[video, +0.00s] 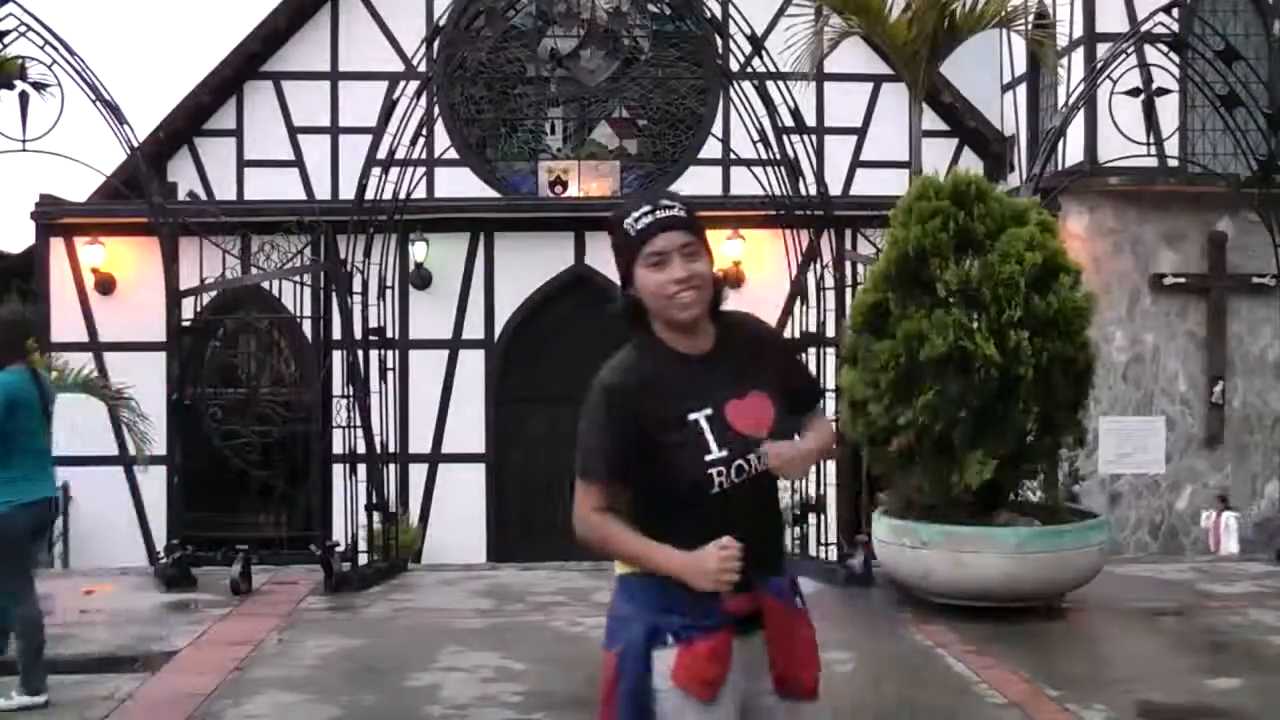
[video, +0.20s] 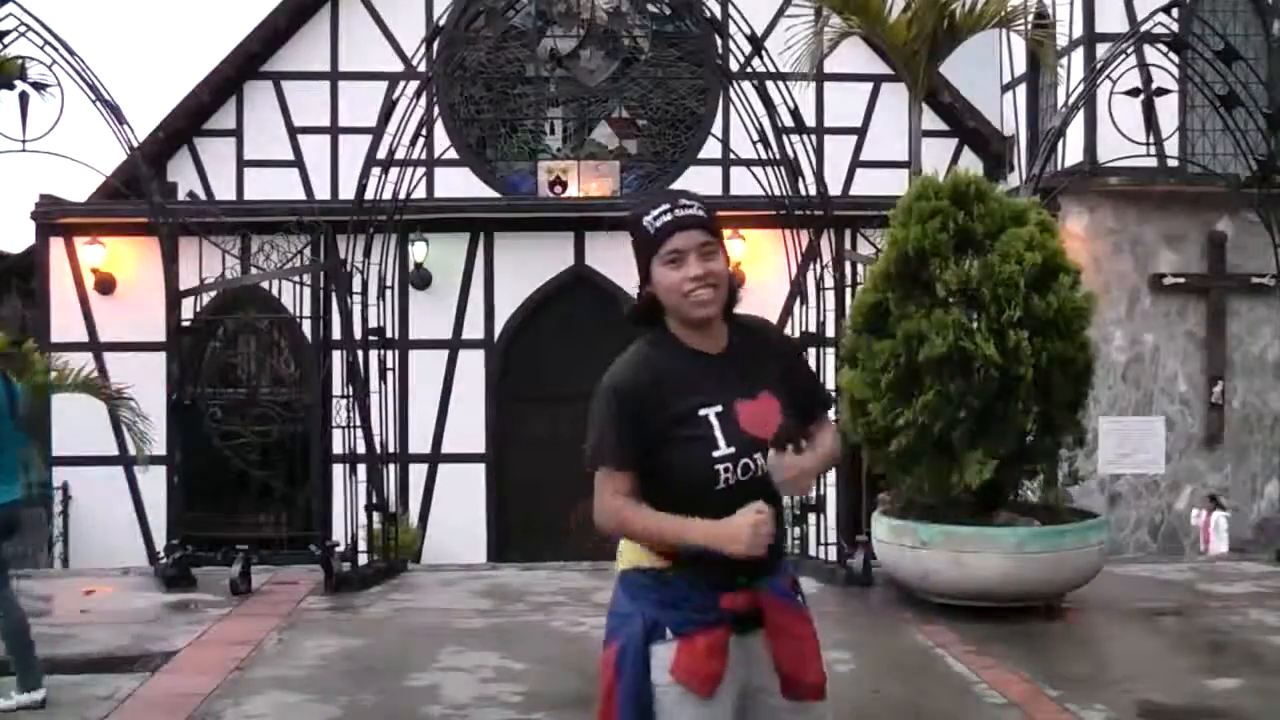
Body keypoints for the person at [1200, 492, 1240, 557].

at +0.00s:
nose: (1216, 505)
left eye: (1218, 503)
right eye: (1215, 502)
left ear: (1223, 504)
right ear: (1214, 503)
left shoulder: (1229, 516)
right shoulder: (1213, 515)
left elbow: (1233, 534)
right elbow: (1204, 526)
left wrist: (1233, 549)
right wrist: (1205, 516)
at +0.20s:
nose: (1205, 505)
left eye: (1208, 502)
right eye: (1204, 502)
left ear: (1213, 504)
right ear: (1203, 504)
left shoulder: (1220, 516)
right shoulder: (1203, 514)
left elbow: (1223, 534)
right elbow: (1194, 523)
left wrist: (1223, 549)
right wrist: (1195, 512)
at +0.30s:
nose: (1204, 505)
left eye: (1207, 503)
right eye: (1203, 502)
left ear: (1211, 504)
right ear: (1201, 503)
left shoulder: (1217, 517)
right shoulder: (1200, 514)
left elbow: (1219, 534)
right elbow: (1191, 521)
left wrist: (1218, 549)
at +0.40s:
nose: (1201, 505)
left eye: (1203, 503)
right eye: (1200, 503)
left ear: (1207, 504)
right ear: (1198, 503)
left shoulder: (1214, 517)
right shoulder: (1198, 514)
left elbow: (1216, 534)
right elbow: (1189, 521)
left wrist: (1214, 549)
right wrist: (1190, 511)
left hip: (1209, 548)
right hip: (1198, 546)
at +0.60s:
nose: (1190, 505)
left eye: (1192, 503)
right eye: (1190, 503)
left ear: (1198, 504)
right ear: (1189, 503)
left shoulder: (1204, 517)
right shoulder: (1191, 514)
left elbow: (1205, 534)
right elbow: (1186, 527)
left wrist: (1199, 547)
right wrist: (1182, 516)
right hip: (1191, 547)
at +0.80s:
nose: (1178, 507)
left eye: (1180, 504)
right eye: (1178, 504)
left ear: (1185, 506)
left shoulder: (1192, 519)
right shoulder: (1181, 516)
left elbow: (1194, 537)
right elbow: (1174, 528)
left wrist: (1191, 551)